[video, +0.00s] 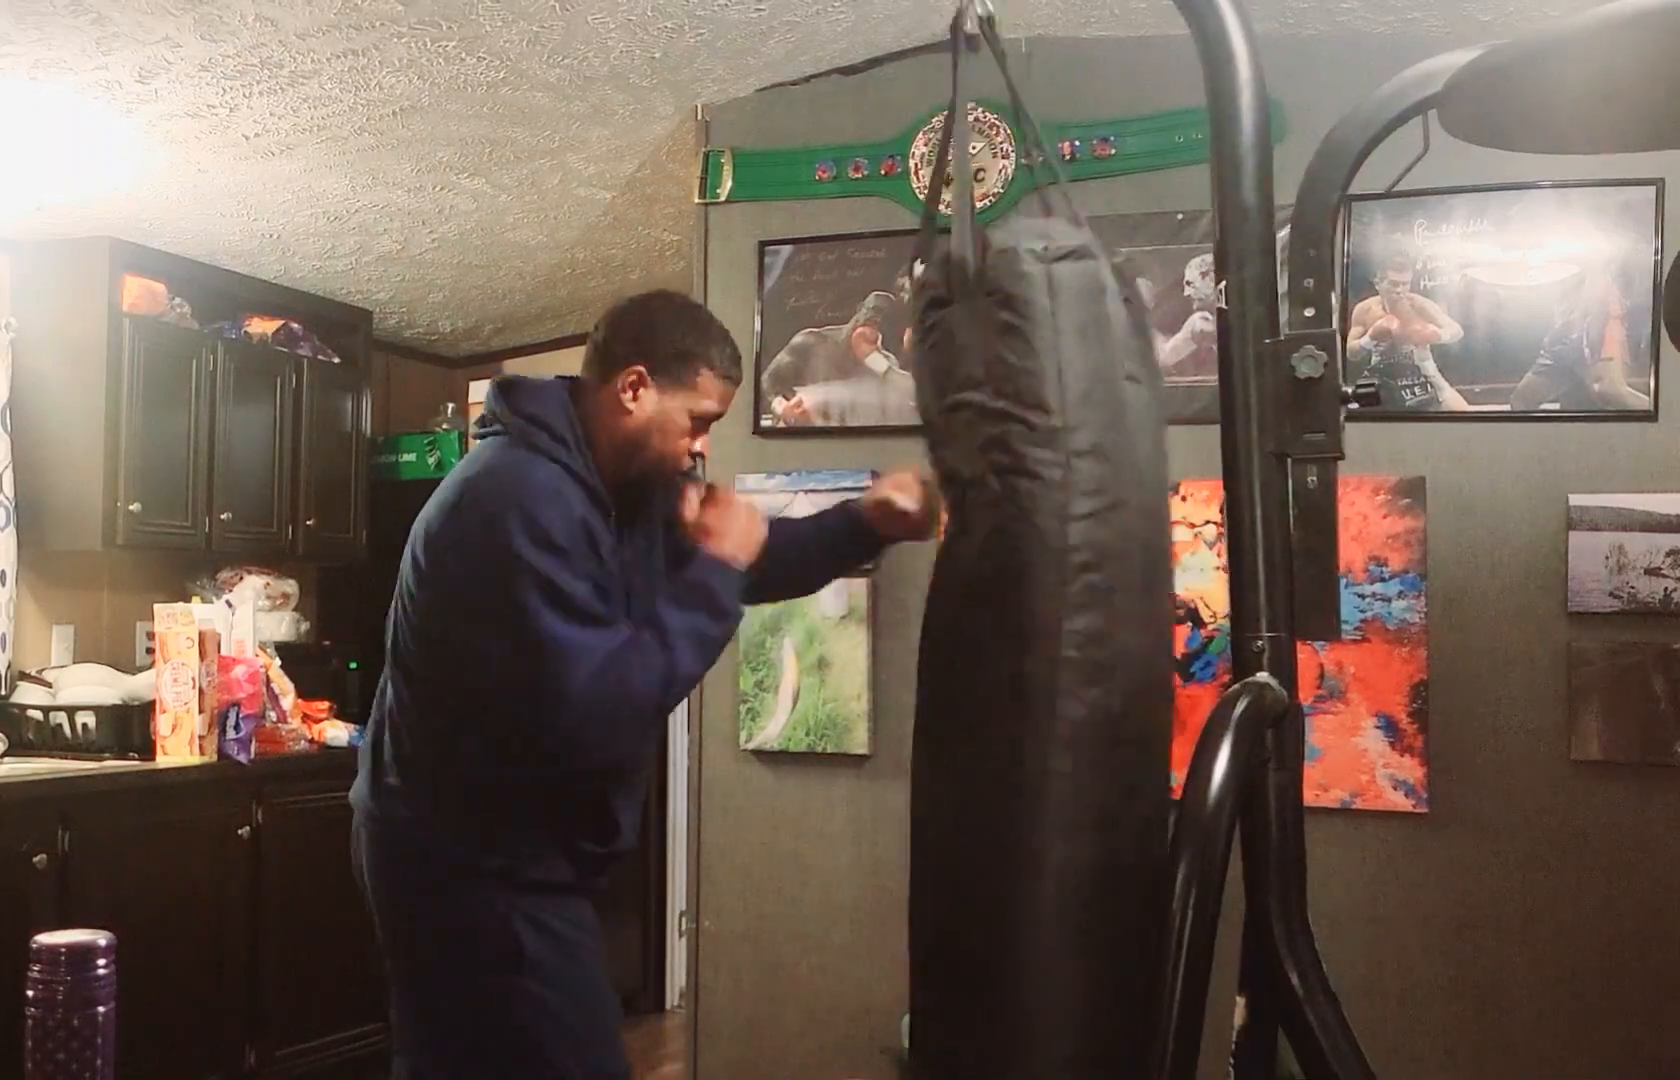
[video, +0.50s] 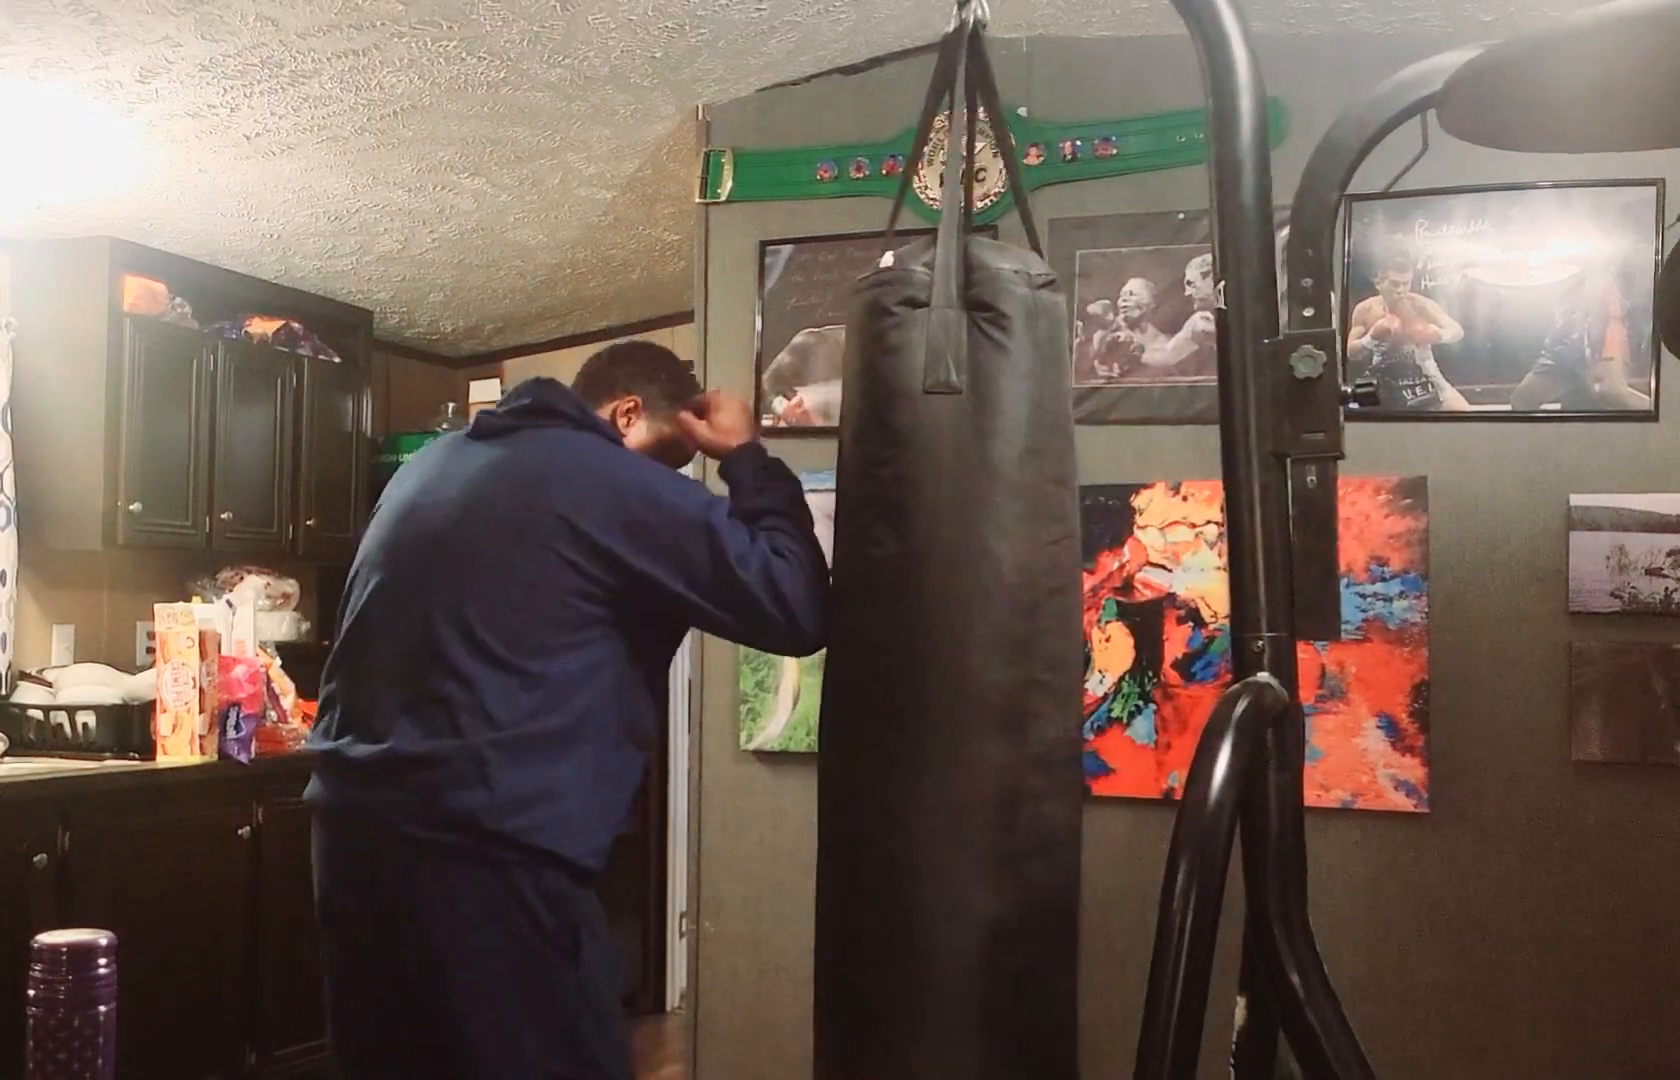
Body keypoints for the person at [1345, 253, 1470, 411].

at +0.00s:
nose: (1400, 290)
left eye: (1405, 284)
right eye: (1394, 284)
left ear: (1410, 283)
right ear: (1378, 283)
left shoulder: (1421, 305)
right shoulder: (1364, 310)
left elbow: (1456, 331)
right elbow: (1351, 353)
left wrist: (1435, 335)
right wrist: (1371, 337)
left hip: (1425, 380)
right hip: (1382, 382)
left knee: (1466, 416)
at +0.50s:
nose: (1401, 290)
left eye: (1406, 284)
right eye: (1395, 284)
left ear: (1411, 282)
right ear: (1379, 283)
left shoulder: (1421, 304)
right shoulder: (1364, 310)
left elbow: (1457, 331)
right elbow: (1351, 353)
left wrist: (1436, 335)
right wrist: (1373, 337)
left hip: (1427, 381)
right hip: (1384, 383)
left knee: (1467, 417)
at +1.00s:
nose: (1400, 290)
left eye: (1405, 284)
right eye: (1394, 284)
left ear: (1410, 283)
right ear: (1378, 283)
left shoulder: (1420, 304)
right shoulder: (1364, 309)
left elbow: (1457, 331)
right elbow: (1350, 352)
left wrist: (1434, 334)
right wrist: (1372, 336)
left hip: (1426, 381)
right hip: (1383, 384)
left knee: (1466, 416)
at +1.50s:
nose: (1401, 290)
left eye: (1406, 284)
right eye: (1394, 284)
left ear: (1410, 283)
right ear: (1378, 283)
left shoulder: (1420, 304)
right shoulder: (1364, 310)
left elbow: (1457, 331)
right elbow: (1351, 353)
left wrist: (1434, 334)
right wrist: (1373, 336)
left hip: (1427, 381)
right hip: (1384, 384)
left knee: (1465, 415)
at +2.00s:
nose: (1401, 290)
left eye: (1406, 284)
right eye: (1395, 284)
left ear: (1411, 282)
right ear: (1379, 283)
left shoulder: (1421, 305)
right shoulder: (1365, 310)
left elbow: (1457, 330)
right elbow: (1352, 353)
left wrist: (1434, 335)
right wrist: (1373, 337)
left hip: (1427, 381)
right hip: (1384, 384)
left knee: (1466, 415)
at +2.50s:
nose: (1401, 290)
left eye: (1406, 284)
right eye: (1394, 284)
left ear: (1411, 282)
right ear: (1378, 283)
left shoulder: (1422, 305)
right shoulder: (1364, 310)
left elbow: (1457, 331)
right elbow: (1351, 354)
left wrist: (1434, 335)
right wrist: (1373, 337)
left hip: (1426, 381)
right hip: (1383, 383)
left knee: (1467, 417)